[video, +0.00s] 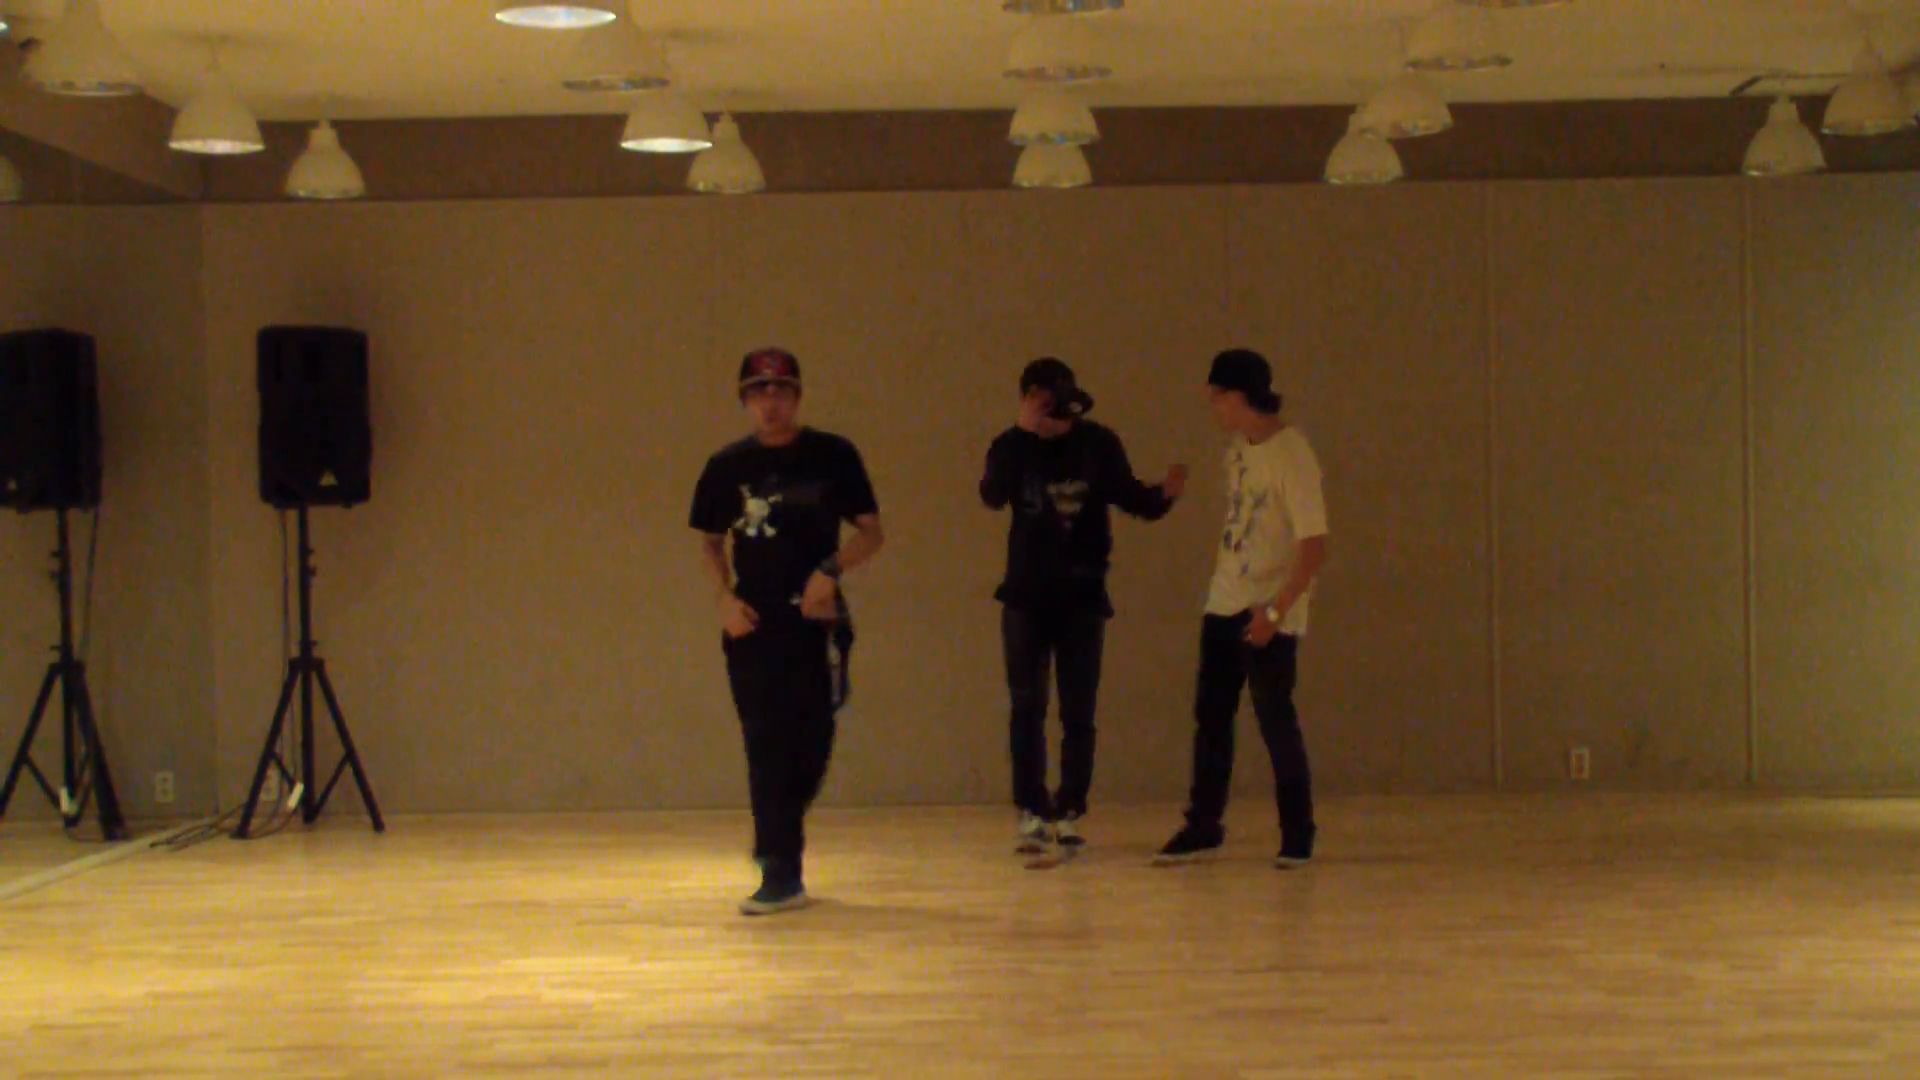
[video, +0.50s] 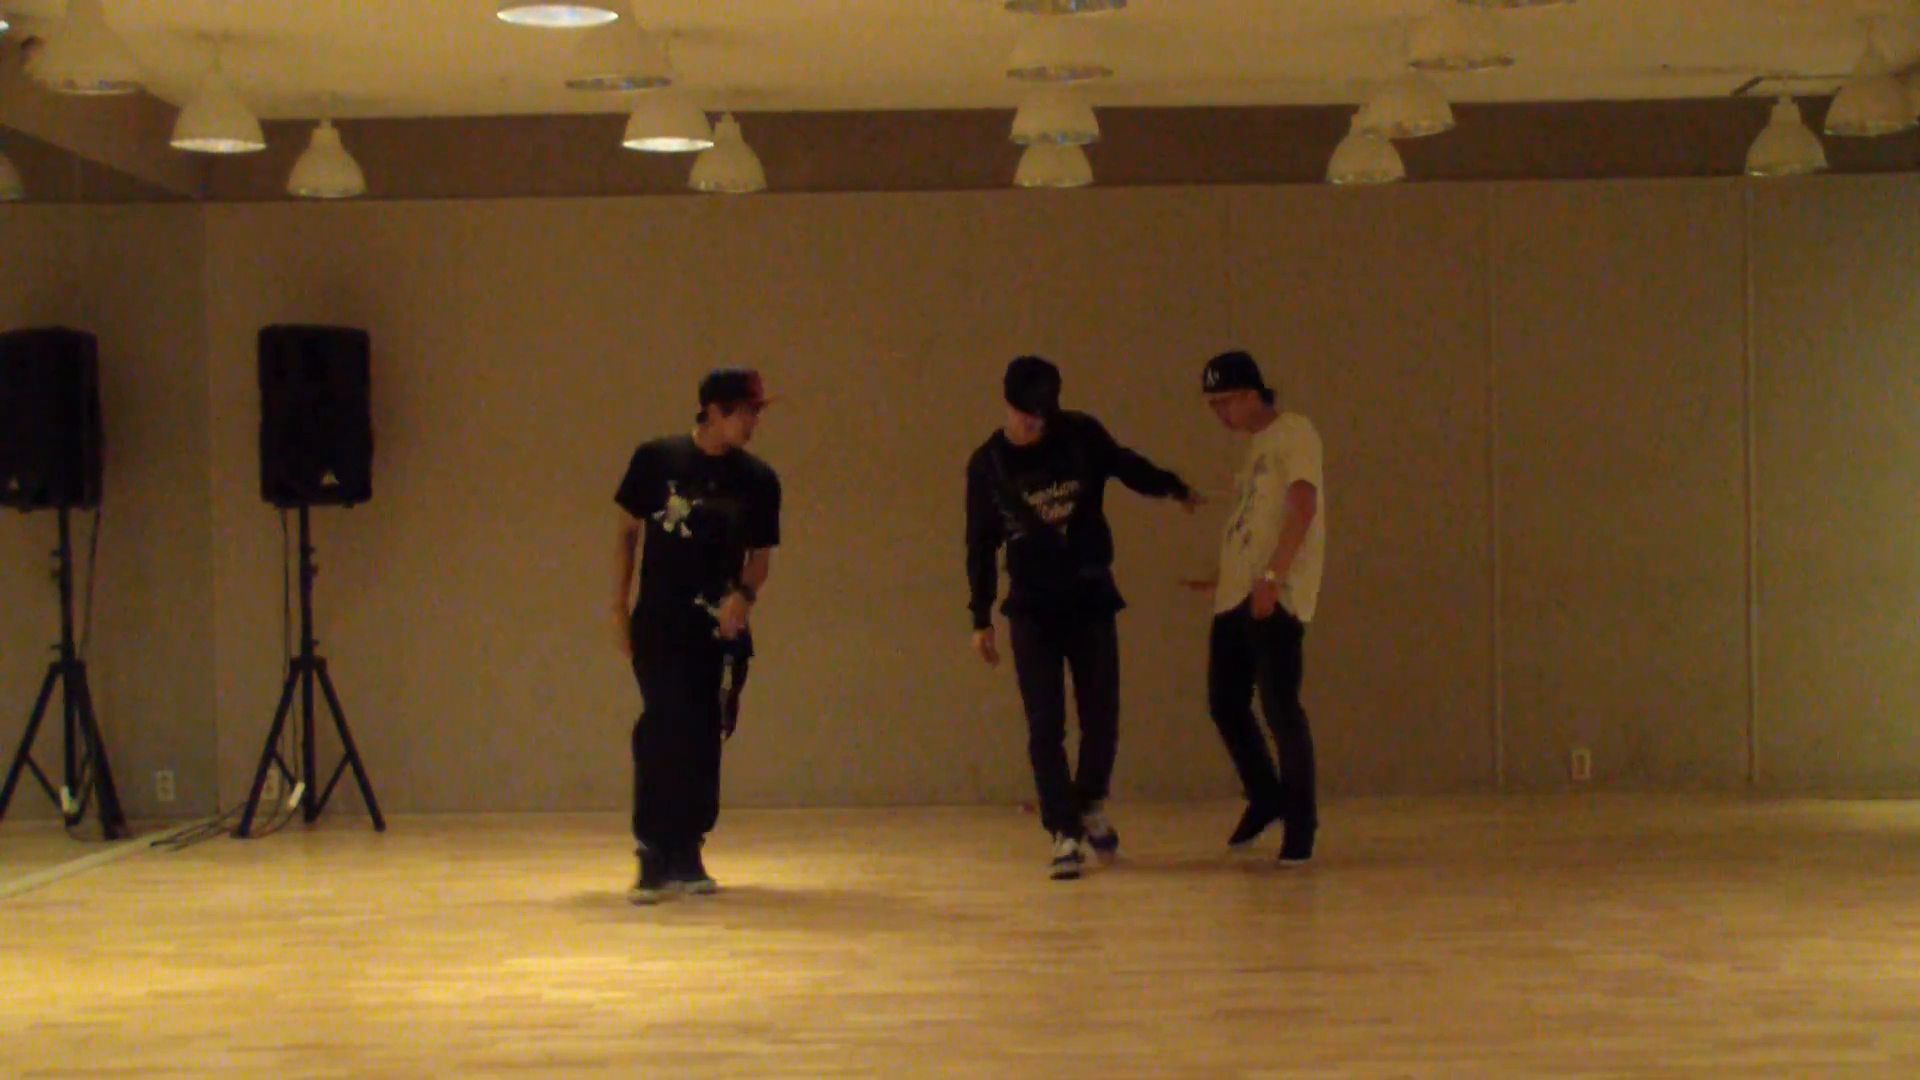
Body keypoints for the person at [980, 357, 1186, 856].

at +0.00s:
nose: (1043, 414)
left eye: (1052, 405)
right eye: (1037, 404)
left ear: (1067, 403)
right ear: (1025, 400)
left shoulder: (1097, 443)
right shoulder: (1011, 446)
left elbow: (1132, 500)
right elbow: (993, 497)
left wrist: (1164, 495)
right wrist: (1023, 433)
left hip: (1082, 596)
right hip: (1027, 595)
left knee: (1078, 712)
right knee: (1027, 706)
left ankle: (1069, 814)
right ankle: (1031, 812)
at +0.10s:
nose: (1027, 422)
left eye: (1036, 415)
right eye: (1029, 412)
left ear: (1059, 414)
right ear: (1026, 409)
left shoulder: (1100, 446)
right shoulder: (1008, 453)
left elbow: (1145, 479)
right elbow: (977, 521)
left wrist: (1203, 479)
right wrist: (1006, 475)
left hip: (1083, 599)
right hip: (1028, 599)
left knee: (1078, 711)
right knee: (1033, 705)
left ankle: (1070, 815)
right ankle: (1042, 809)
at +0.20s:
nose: (1062, 424)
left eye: (1064, 414)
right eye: (1053, 416)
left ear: (1066, 410)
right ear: (1027, 411)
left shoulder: (1098, 445)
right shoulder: (1004, 457)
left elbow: (1158, 473)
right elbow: (975, 529)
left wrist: (1230, 475)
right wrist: (985, 531)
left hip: (1085, 600)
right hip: (1030, 602)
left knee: (1079, 712)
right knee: (1039, 707)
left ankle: (1069, 816)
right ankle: (1054, 814)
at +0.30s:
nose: (1045, 436)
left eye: (1052, 426)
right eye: (1036, 427)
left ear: (1062, 412)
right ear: (1017, 417)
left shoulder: (1095, 446)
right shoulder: (1001, 463)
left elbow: (1158, 475)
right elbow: (987, 520)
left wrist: (1225, 480)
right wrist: (981, 569)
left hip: (1089, 604)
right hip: (1033, 606)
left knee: (1082, 715)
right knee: (1045, 714)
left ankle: (1070, 814)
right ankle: (1062, 831)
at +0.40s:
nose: (1036, 441)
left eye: (1043, 431)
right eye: (1027, 432)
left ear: (1054, 417)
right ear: (1008, 422)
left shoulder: (1087, 443)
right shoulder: (995, 471)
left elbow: (1144, 470)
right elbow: (985, 540)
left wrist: (1209, 479)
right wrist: (979, 606)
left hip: (1091, 607)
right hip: (1034, 611)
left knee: (1094, 725)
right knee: (1042, 722)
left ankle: (1071, 801)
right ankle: (1063, 834)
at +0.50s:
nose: (1033, 426)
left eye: (1042, 416)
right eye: (1025, 415)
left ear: (1054, 409)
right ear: (1006, 406)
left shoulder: (1081, 435)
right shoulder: (988, 464)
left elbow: (1131, 469)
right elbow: (980, 543)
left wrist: (1176, 489)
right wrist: (982, 619)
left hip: (1090, 600)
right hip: (1032, 606)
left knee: (1101, 716)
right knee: (1046, 724)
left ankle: (1090, 805)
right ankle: (1064, 833)